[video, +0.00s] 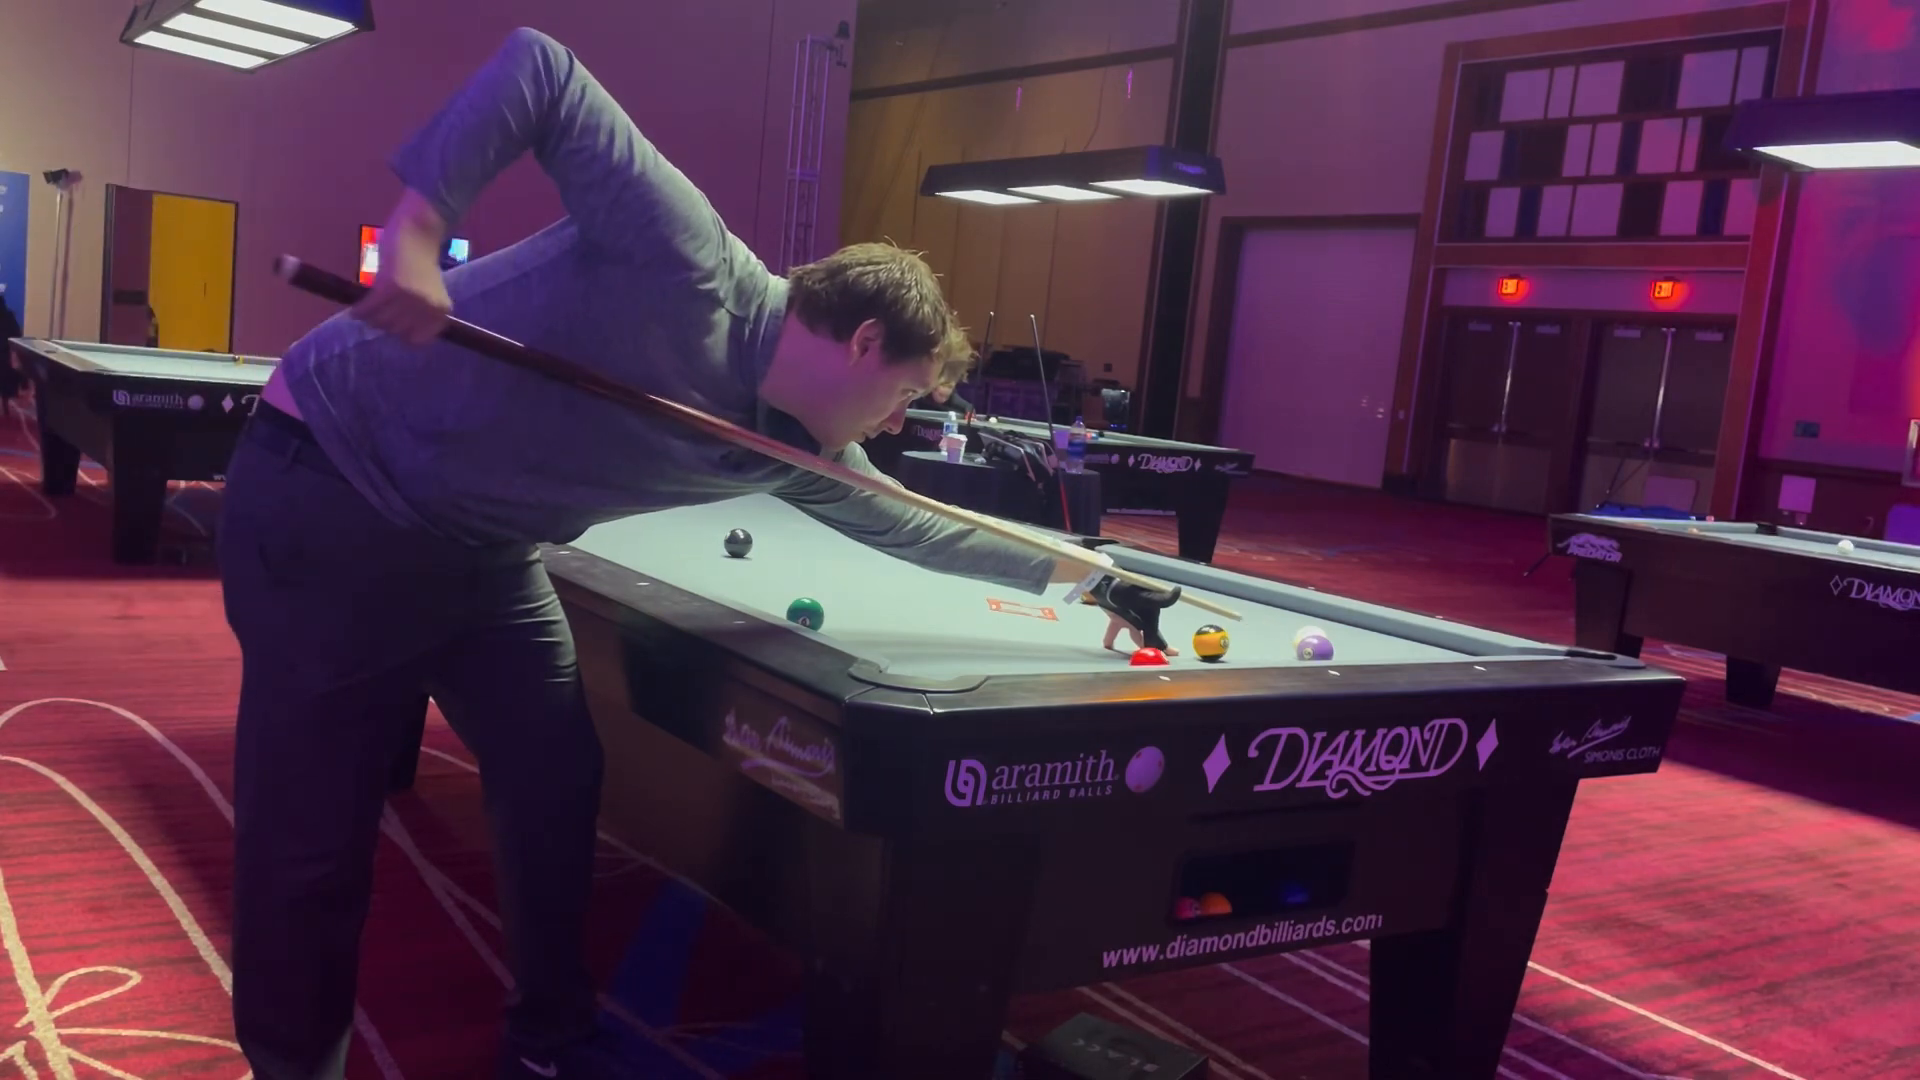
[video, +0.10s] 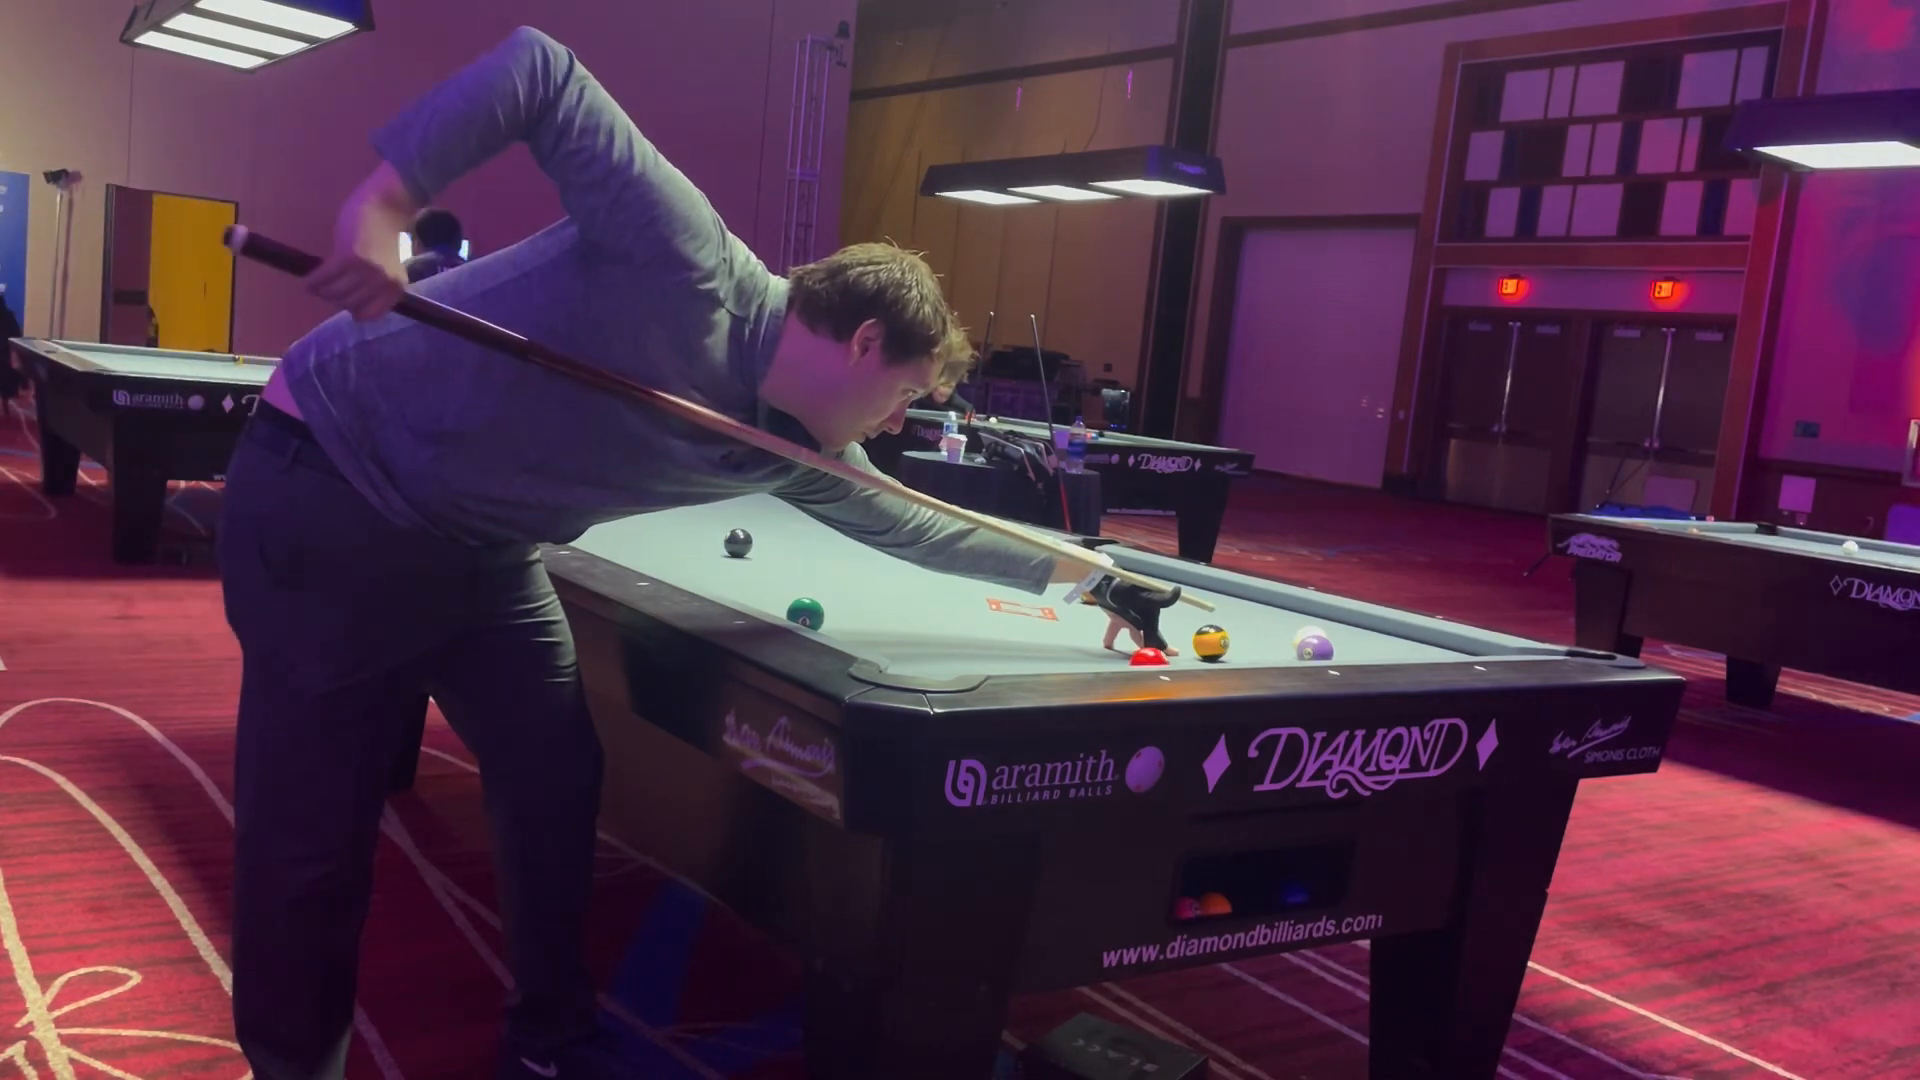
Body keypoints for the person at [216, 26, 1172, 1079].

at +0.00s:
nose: (891, 431)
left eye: (909, 411)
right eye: (903, 400)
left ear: (853, 347)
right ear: (860, 340)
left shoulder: (783, 437)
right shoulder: (682, 252)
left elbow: (911, 526)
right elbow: (536, 71)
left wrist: (1067, 563)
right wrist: (414, 229)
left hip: (485, 536)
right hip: (331, 478)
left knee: (553, 763)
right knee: (311, 826)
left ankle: (547, 1033)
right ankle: (294, 1056)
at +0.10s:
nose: (892, 431)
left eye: (910, 411)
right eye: (904, 400)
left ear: (853, 348)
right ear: (860, 340)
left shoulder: (789, 440)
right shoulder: (679, 250)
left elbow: (915, 527)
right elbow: (534, 73)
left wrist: (1070, 563)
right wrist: (385, 200)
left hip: (485, 534)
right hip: (331, 477)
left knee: (553, 765)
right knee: (311, 830)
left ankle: (547, 1034)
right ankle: (293, 1059)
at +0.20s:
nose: (894, 430)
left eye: (912, 411)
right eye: (906, 399)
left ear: (854, 348)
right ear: (860, 340)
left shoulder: (789, 442)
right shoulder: (678, 248)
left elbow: (916, 527)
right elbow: (535, 71)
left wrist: (1067, 563)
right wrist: (374, 184)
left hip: (486, 535)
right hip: (331, 478)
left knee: (554, 766)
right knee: (312, 826)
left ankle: (548, 1035)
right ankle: (293, 1058)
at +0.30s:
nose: (892, 432)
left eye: (910, 413)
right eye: (905, 401)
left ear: (854, 349)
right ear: (860, 341)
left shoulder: (787, 442)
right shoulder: (679, 249)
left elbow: (918, 528)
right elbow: (537, 69)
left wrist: (1070, 563)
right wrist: (380, 194)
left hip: (486, 536)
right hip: (333, 478)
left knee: (553, 764)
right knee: (313, 827)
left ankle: (548, 1034)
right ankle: (293, 1062)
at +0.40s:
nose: (892, 433)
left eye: (910, 414)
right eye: (904, 403)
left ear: (853, 349)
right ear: (858, 342)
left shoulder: (782, 433)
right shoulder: (684, 252)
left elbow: (907, 527)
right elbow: (534, 76)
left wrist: (1063, 563)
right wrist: (436, 247)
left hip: (486, 536)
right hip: (335, 480)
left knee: (553, 764)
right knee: (314, 826)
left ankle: (547, 1034)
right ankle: (292, 1058)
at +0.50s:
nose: (901, 418)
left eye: (915, 400)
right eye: (911, 389)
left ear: (856, 338)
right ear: (865, 327)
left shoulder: (783, 432)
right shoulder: (688, 264)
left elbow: (911, 525)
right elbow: (488, 129)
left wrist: (1066, 563)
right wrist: (530, 335)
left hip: (484, 530)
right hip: (335, 479)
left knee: (556, 766)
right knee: (315, 814)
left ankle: (549, 1029)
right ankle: (293, 1052)